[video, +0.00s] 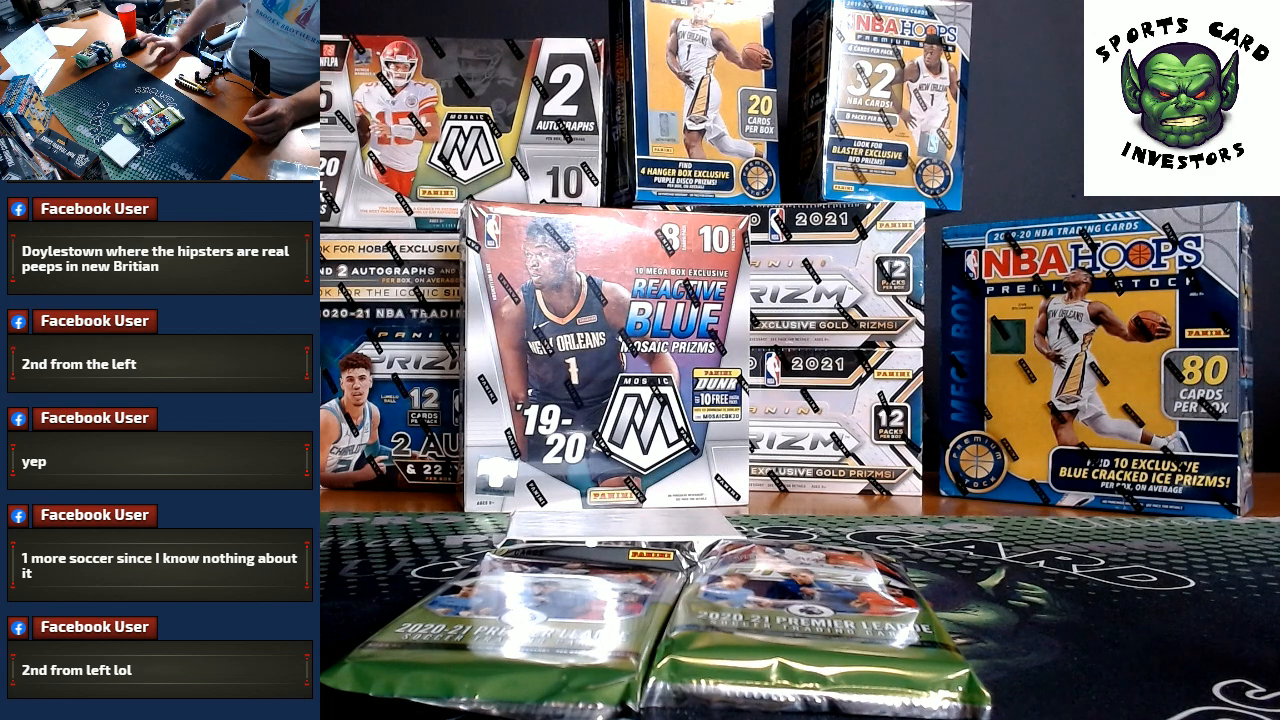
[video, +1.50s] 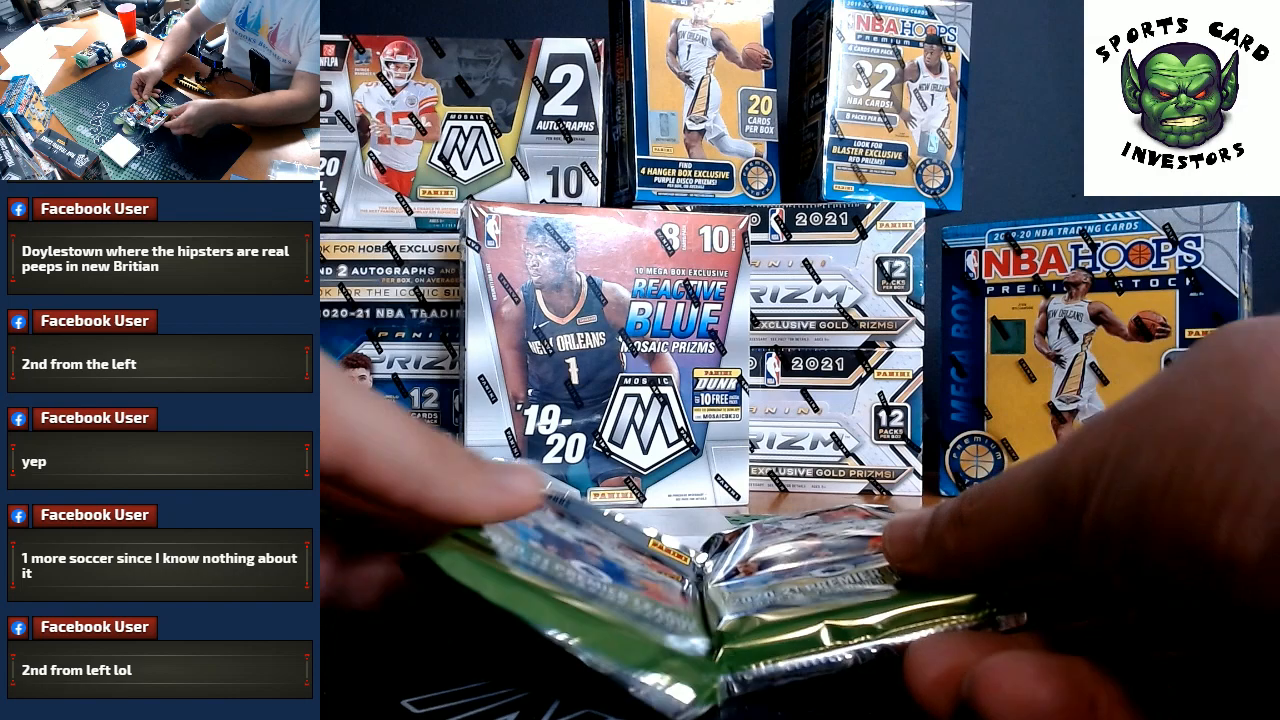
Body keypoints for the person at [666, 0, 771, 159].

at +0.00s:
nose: (697, 9)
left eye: (703, 6)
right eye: (695, 6)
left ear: (711, 12)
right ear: (692, 8)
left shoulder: (715, 34)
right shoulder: (678, 25)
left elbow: (740, 59)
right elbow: (670, 53)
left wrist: (764, 62)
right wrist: (678, 72)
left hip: (705, 87)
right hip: (692, 88)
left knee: (692, 141)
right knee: (725, 145)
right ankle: (766, 158)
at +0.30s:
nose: (697, 9)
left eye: (702, 6)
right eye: (695, 6)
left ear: (710, 12)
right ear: (691, 8)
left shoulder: (715, 34)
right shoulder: (678, 24)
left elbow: (740, 59)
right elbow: (670, 54)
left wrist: (764, 62)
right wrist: (678, 72)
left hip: (705, 87)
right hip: (692, 88)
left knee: (692, 141)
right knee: (725, 145)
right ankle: (768, 158)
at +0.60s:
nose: (697, 9)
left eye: (703, 6)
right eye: (695, 6)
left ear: (711, 12)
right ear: (692, 8)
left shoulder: (715, 34)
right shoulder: (678, 24)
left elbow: (740, 59)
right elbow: (670, 53)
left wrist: (764, 63)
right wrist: (678, 72)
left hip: (705, 87)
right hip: (692, 88)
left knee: (692, 141)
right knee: (725, 145)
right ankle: (766, 158)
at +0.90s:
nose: (697, 9)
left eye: (703, 6)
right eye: (695, 6)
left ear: (711, 12)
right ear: (692, 8)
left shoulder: (715, 34)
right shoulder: (678, 24)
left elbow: (740, 59)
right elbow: (670, 53)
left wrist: (764, 62)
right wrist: (678, 72)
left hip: (705, 87)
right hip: (692, 88)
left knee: (692, 141)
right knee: (725, 145)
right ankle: (766, 158)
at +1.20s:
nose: (697, 10)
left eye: (702, 7)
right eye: (695, 6)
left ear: (711, 12)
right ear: (691, 9)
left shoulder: (715, 34)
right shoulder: (678, 24)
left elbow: (739, 59)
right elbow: (670, 53)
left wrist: (764, 62)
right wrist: (678, 72)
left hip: (705, 87)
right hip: (692, 88)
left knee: (692, 141)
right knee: (725, 145)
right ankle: (767, 158)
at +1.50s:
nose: (697, 9)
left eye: (702, 6)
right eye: (695, 5)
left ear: (711, 11)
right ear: (691, 8)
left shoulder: (715, 34)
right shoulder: (678, 24)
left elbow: (739, 59)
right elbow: (670, 54)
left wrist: (764, 62)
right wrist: (678, 72)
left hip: (705, 87)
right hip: (692, 88)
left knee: (692, 141)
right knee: (725, 145)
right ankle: (765, 157)